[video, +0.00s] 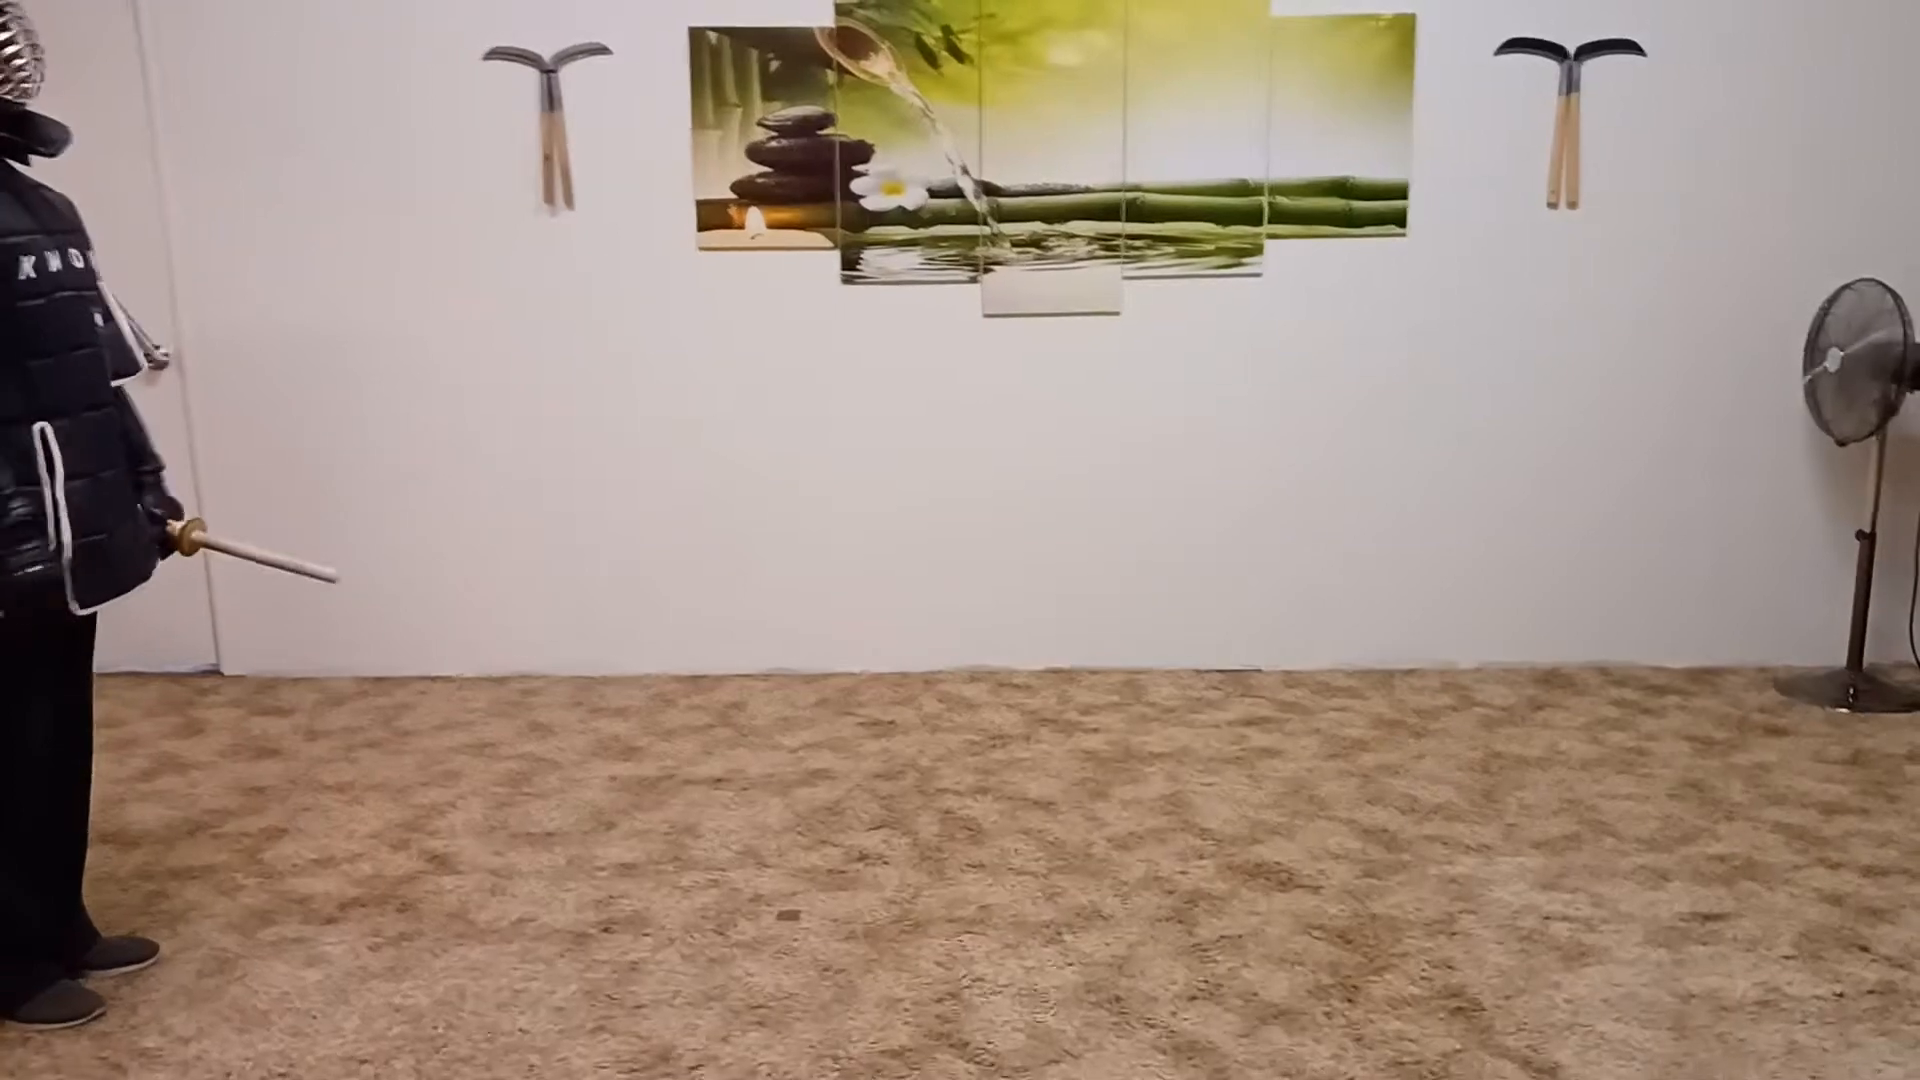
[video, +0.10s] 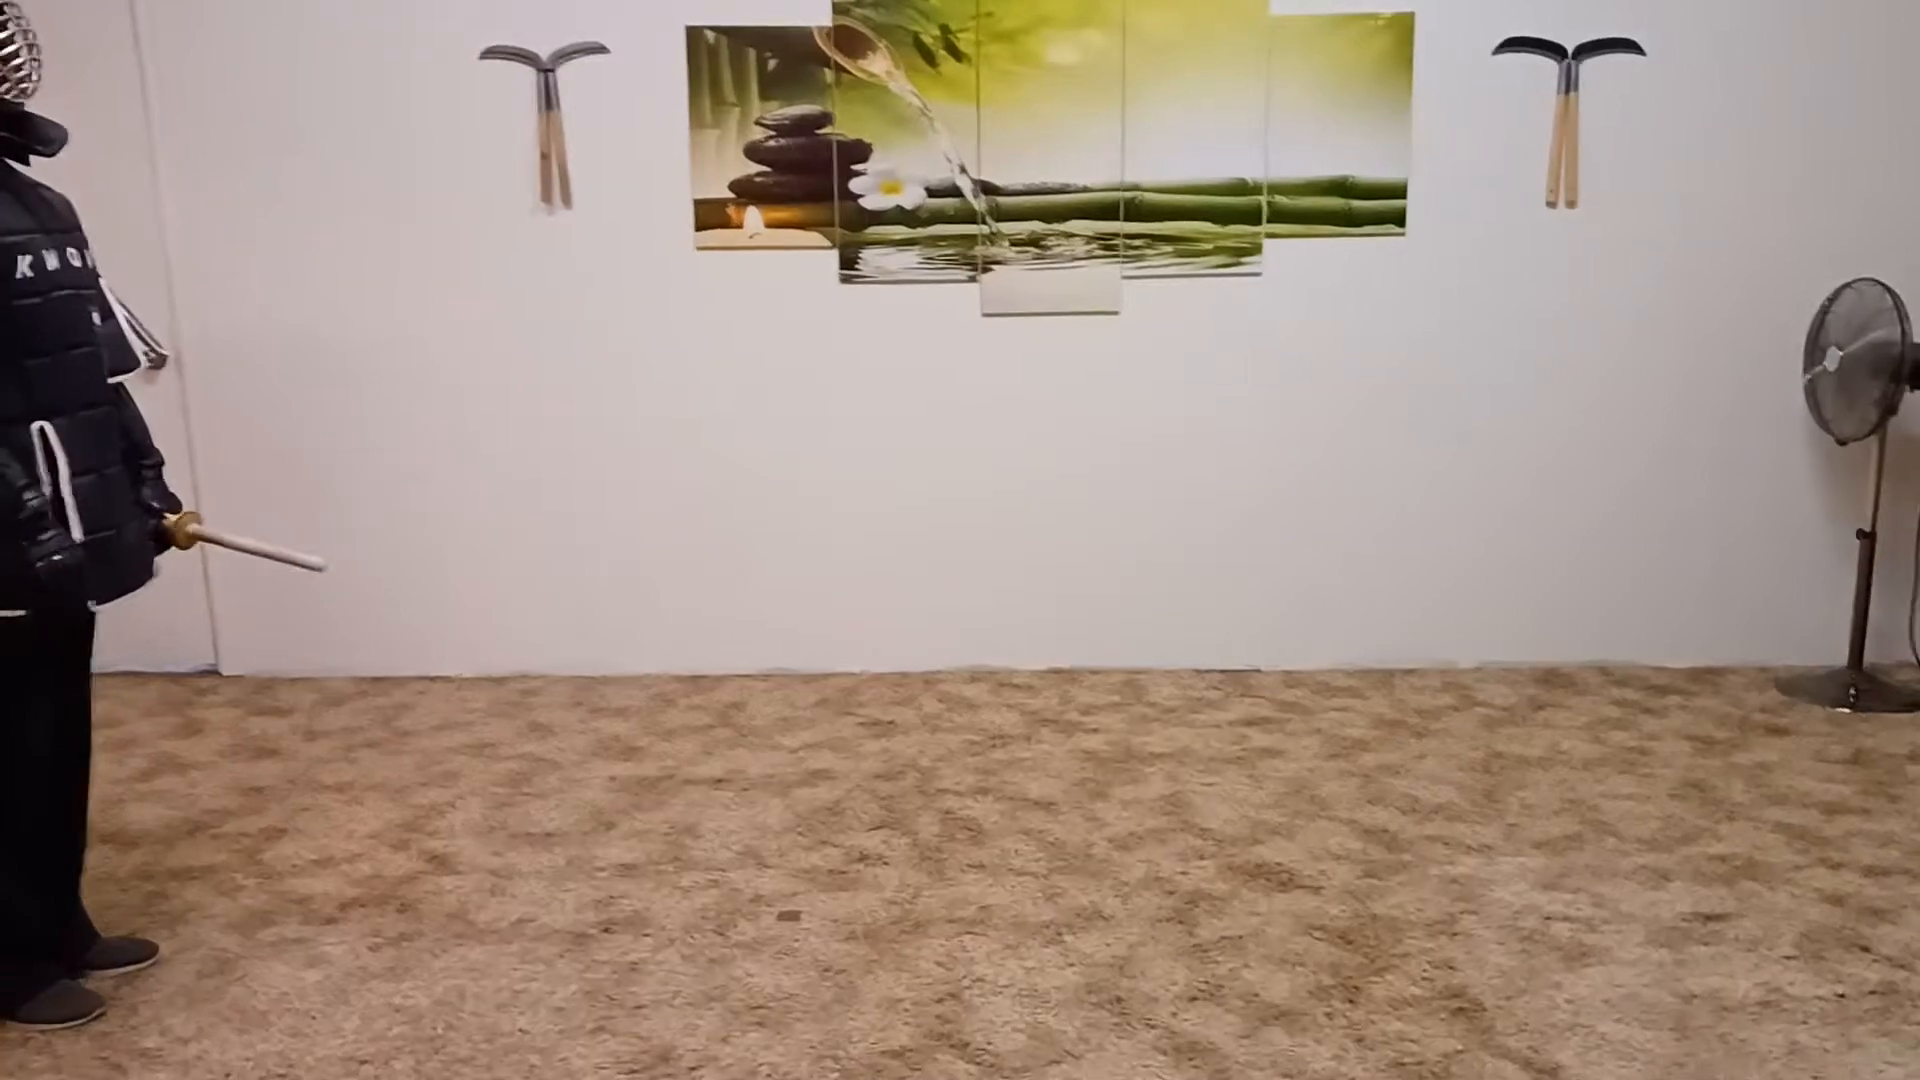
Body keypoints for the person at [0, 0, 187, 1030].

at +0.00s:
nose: (23, 68)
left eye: (24, 54)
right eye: (13, 54)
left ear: (26, 72)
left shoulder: (48, 206)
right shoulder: (7, 205)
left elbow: (94, 373)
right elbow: (30, 382)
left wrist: (152, 490)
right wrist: (25, 543)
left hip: (68, 540)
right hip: (13, 550)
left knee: (61, 741)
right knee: (11, 750)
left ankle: (61, 931)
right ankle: (12, 968)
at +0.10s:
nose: (19, 71)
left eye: (19, 54)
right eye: (9, 55)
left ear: (21, 71)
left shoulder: (43, 203)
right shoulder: (7, 204)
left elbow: (92, 370)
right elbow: (30, 380)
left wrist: (149, 486)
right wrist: (24, 539)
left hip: (61, 544)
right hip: (11, 554)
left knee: (59, 743)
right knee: (9, 754)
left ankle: (60, 931)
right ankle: (12, 968)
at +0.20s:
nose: (20, 65)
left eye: (23, 50)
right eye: (8, 50)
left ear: (28, 66)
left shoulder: (44, 203)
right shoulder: (5, 202)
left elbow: (89, 369)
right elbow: (31, 375)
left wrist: (146, 485)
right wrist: (27, 532)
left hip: (64, 541)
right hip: (14, 552)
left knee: (60, 744)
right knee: (11, 755)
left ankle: (58, 932)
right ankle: (11, 969)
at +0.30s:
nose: (25, 67)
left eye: (24, 51)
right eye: (13, 52)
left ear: (25, 71)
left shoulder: (48, 209)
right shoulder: (6, 208)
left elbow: (91, 374)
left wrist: (145, 486)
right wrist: (20, 536)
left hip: (72, 543)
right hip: (13, 555)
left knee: (66, 741)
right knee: (11, 751)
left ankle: (59, 930)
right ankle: (9, 967)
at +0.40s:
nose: (21, 68)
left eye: (23, 53)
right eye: (9, 54)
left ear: (29, 73)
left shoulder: (48, 210)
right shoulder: (7, 210)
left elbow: (90, 373)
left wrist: (138, 493)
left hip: (72, 532)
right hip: (9, 546)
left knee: (64, 740)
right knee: (11, 749)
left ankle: (58, 932)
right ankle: (8, 969)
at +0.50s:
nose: (22, 68)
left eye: (27, 51)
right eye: (7, 52)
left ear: (35, 68)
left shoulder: (50, 208)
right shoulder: (4, 206)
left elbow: (91, 373)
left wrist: (139, 496)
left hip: (72, 537)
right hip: (9, 549)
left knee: (64, 746)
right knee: (11, 755)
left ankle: (58, 934)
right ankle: (8, 969)